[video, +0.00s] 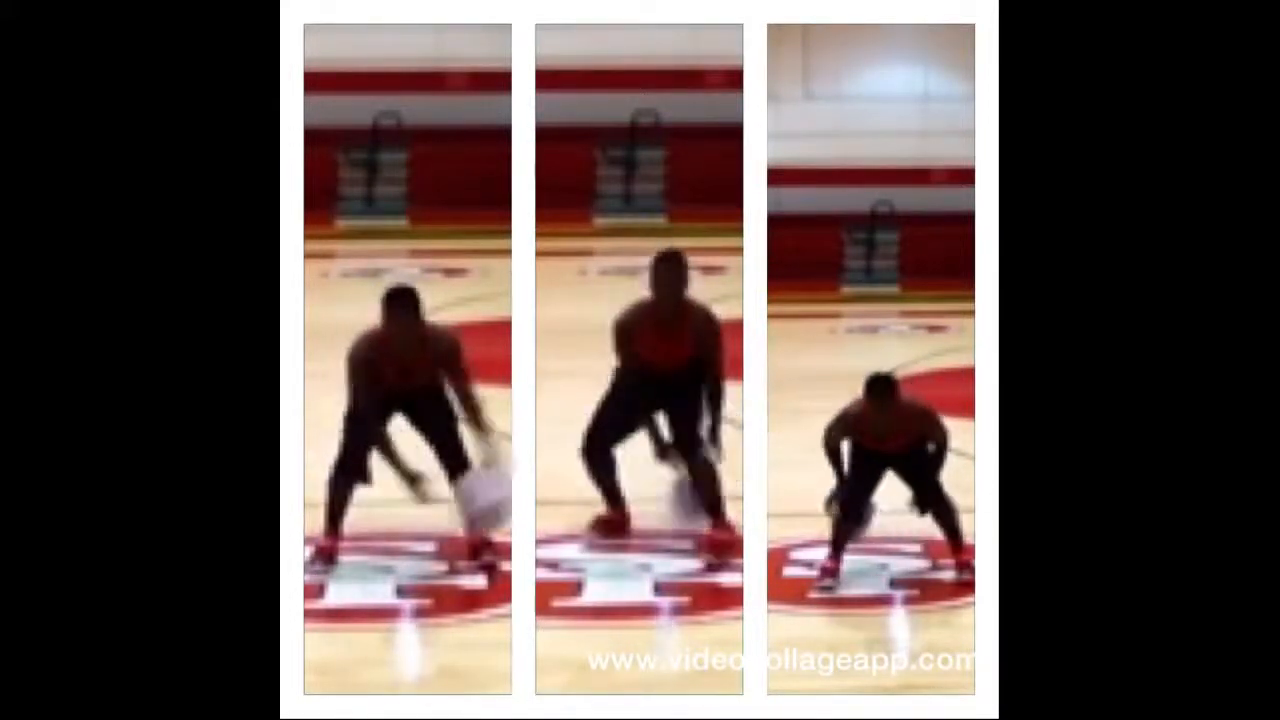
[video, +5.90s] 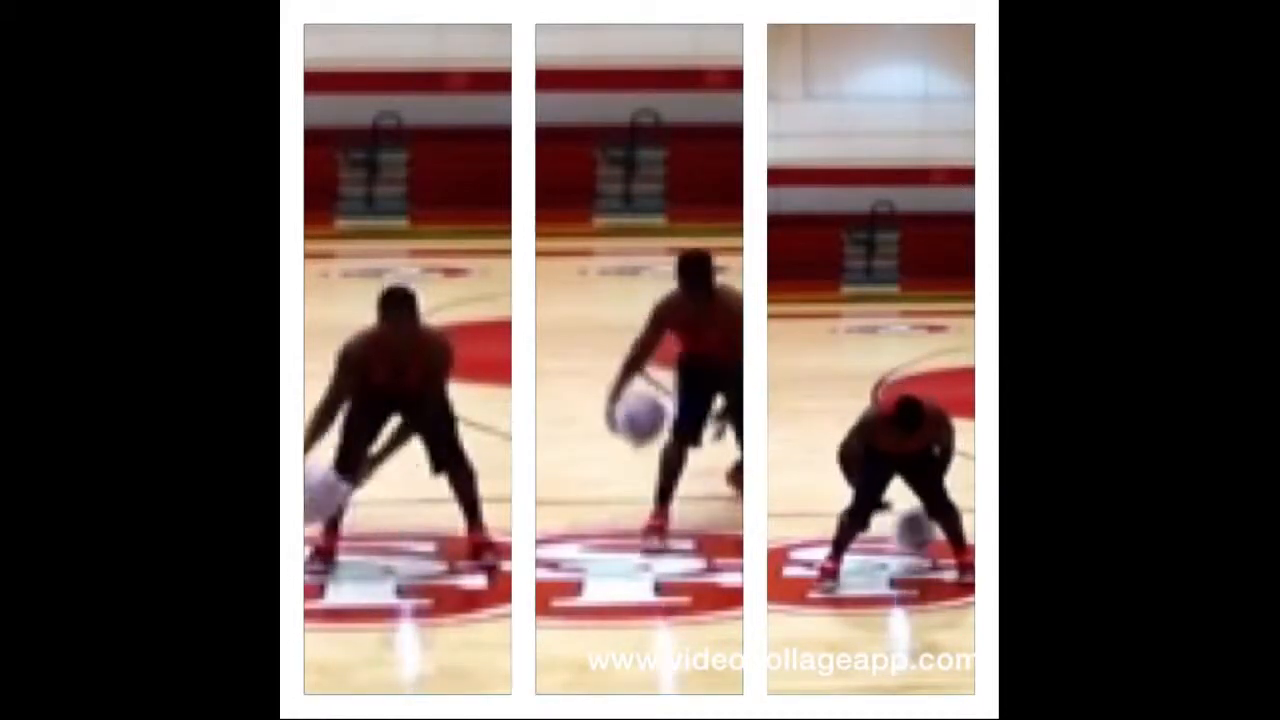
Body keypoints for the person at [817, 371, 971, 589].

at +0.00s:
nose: (881, 413)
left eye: (886, 406)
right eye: (875, 407)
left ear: (896, 399)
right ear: (867, 401)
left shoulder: (918, 414)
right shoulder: (856, 415)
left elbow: (941, 442)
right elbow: (831, 440)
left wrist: (926, 486)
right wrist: (841, 479)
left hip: (910, 453)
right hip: (868, 454)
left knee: (936, 500)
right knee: (850, 504)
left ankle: (960, 555)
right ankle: (833, 560)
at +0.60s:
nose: (890, 407)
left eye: (896, 400)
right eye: (885, 400)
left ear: (905, 393)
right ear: (877, 394)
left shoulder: (928, 411)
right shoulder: (864, 412)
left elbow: (950, 439)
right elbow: (843, 441)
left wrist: (937, 479)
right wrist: (858, 477)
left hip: (919, 454)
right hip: (878, 454)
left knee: (939, 502)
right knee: (862, 505)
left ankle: (961, 556)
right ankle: (835, 559)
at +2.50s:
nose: (906, 402)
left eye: (912, 395)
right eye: (901, 395)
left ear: (920, 390)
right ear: (891, 391)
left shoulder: (937, 408)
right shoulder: (876, 409)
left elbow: (946, 445)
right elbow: (846, 447)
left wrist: (935, 480)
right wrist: (860, 478)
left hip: (920, 453)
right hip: (881, 454)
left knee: (945, 503)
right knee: (864, 508)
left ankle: (962, 557)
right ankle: (835, 560)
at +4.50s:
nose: (897, 408)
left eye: (903, 401)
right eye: (892, 401)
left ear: (912, 395)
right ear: (883, 394)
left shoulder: (932, 413)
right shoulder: (868, 414)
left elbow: (945, 446)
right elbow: (844, 443)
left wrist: (929, 486)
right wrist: (853, 481)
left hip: (916, 456)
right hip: (875, 457)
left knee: (940, 506)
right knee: (858, 509)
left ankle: (962, 557)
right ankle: (834, 559)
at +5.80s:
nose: (895, 432)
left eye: (900, 428)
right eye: (891, 428)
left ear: (913, 417)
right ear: (882, 417)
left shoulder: (933, 417)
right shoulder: (870, 418)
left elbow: (948, 449)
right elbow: (841, 444)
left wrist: (931, 493)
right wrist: (851, 484)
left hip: (918, 456)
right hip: (877, 455)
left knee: (942, 506)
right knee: (857, 507)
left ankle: (962, 557)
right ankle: (834, 559)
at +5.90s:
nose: (907, 436)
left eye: (913, 432)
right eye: (904, 432)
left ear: (923, 421)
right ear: (892, 420)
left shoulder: (936, 420)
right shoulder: (874, 420)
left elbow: (947, 449)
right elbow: (847, 453)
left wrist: (935, 476)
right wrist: (866, 492)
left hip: (917, 456)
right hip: (878, 456)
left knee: (943, 508)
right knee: (860, 511)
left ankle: (962, 558)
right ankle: (833, 560)